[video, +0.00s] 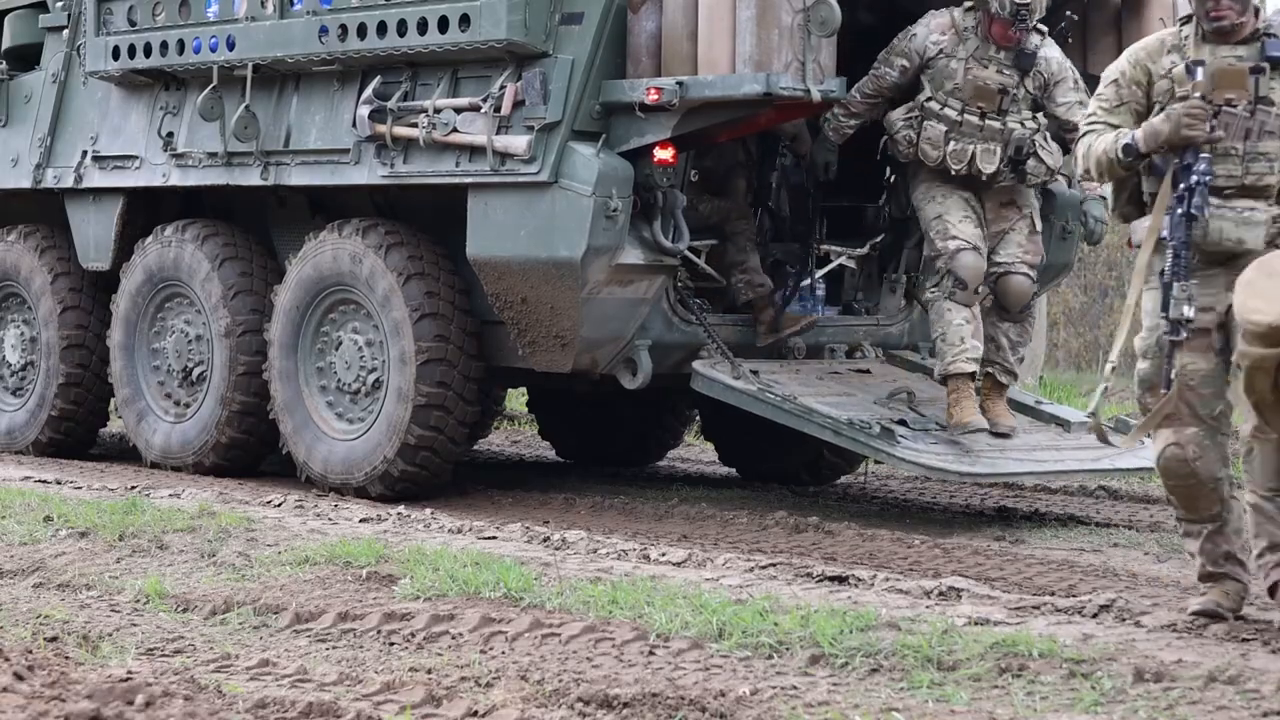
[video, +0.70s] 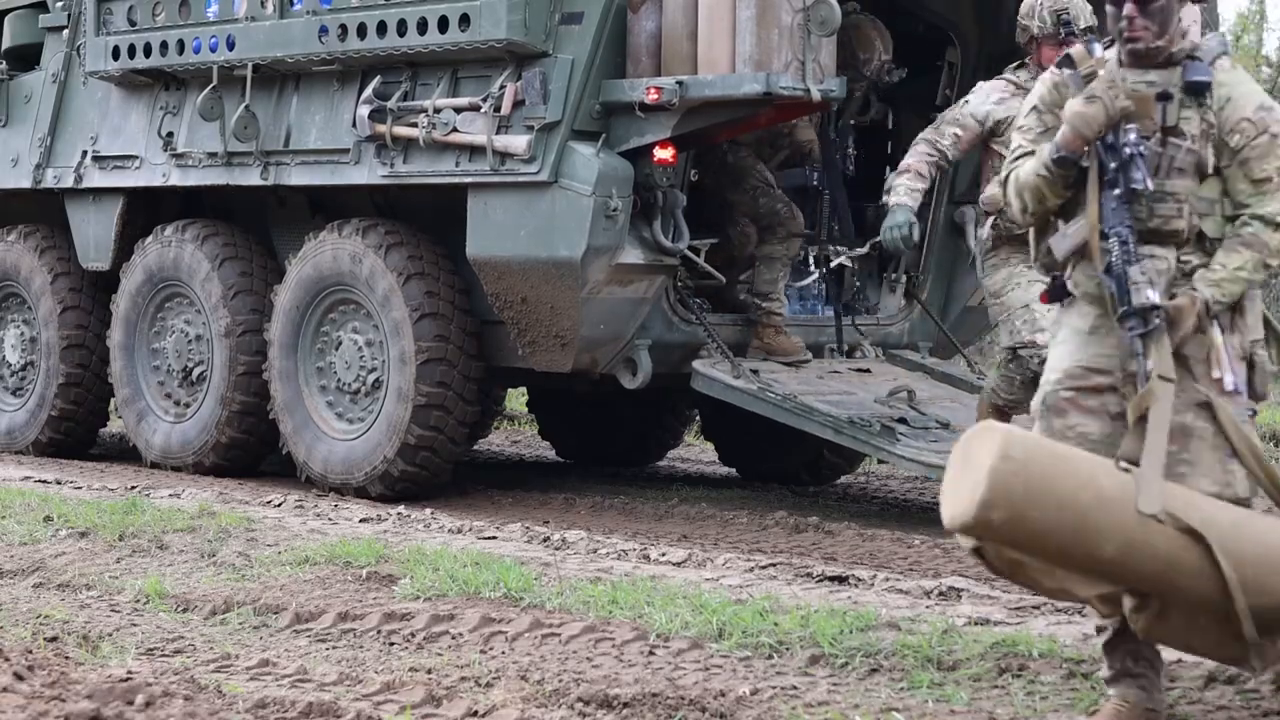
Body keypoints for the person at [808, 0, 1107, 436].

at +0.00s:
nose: (1016, 35)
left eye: (1026, 27)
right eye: (1010, 22)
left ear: (1037, 22)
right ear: (988, 9)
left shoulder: (1047, 59)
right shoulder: (936, 33)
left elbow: (1081, 129)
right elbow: (877, 87)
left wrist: (1091, 190)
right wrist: (829, 135)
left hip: (1010, 181)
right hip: (940, 173)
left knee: (1017, 285)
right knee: (964, 268)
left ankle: (995, 394)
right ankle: (961, 393)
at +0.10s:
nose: (1020, 26)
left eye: (1028, 18)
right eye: (1012, 15)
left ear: (1037, 15)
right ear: (986, 6)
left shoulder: (1049, 49)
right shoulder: (937, 37)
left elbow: (1094, 113)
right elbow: (878, 93)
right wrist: (836, 147)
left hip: (1020, 184)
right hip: (953, 180)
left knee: (1030, 296)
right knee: (977, 285)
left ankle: (997, 391)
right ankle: (968, 408)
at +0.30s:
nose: (1025, 28)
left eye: (1032, 20)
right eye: (1016, 18)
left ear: (1041, 19)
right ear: (991, 13)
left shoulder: (1062, 57)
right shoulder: (946, 57)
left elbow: (1115, 108)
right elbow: (898, 134)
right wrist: (865, 204)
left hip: (1036, 201)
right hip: (967, 200)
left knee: (1074, 294)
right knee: (996, 295)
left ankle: (1036, 400)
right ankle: (975, 419)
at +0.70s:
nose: (1067, 54)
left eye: (1075, 43)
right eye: (1056, 44)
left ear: (1088, 43)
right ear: (1032, 46)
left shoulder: (1096, 95)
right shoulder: (999, 95)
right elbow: (933, 146)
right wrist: (901, 204)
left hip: (1079, 245)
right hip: (1012, 245)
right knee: (1036, 349)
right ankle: (988, 435)